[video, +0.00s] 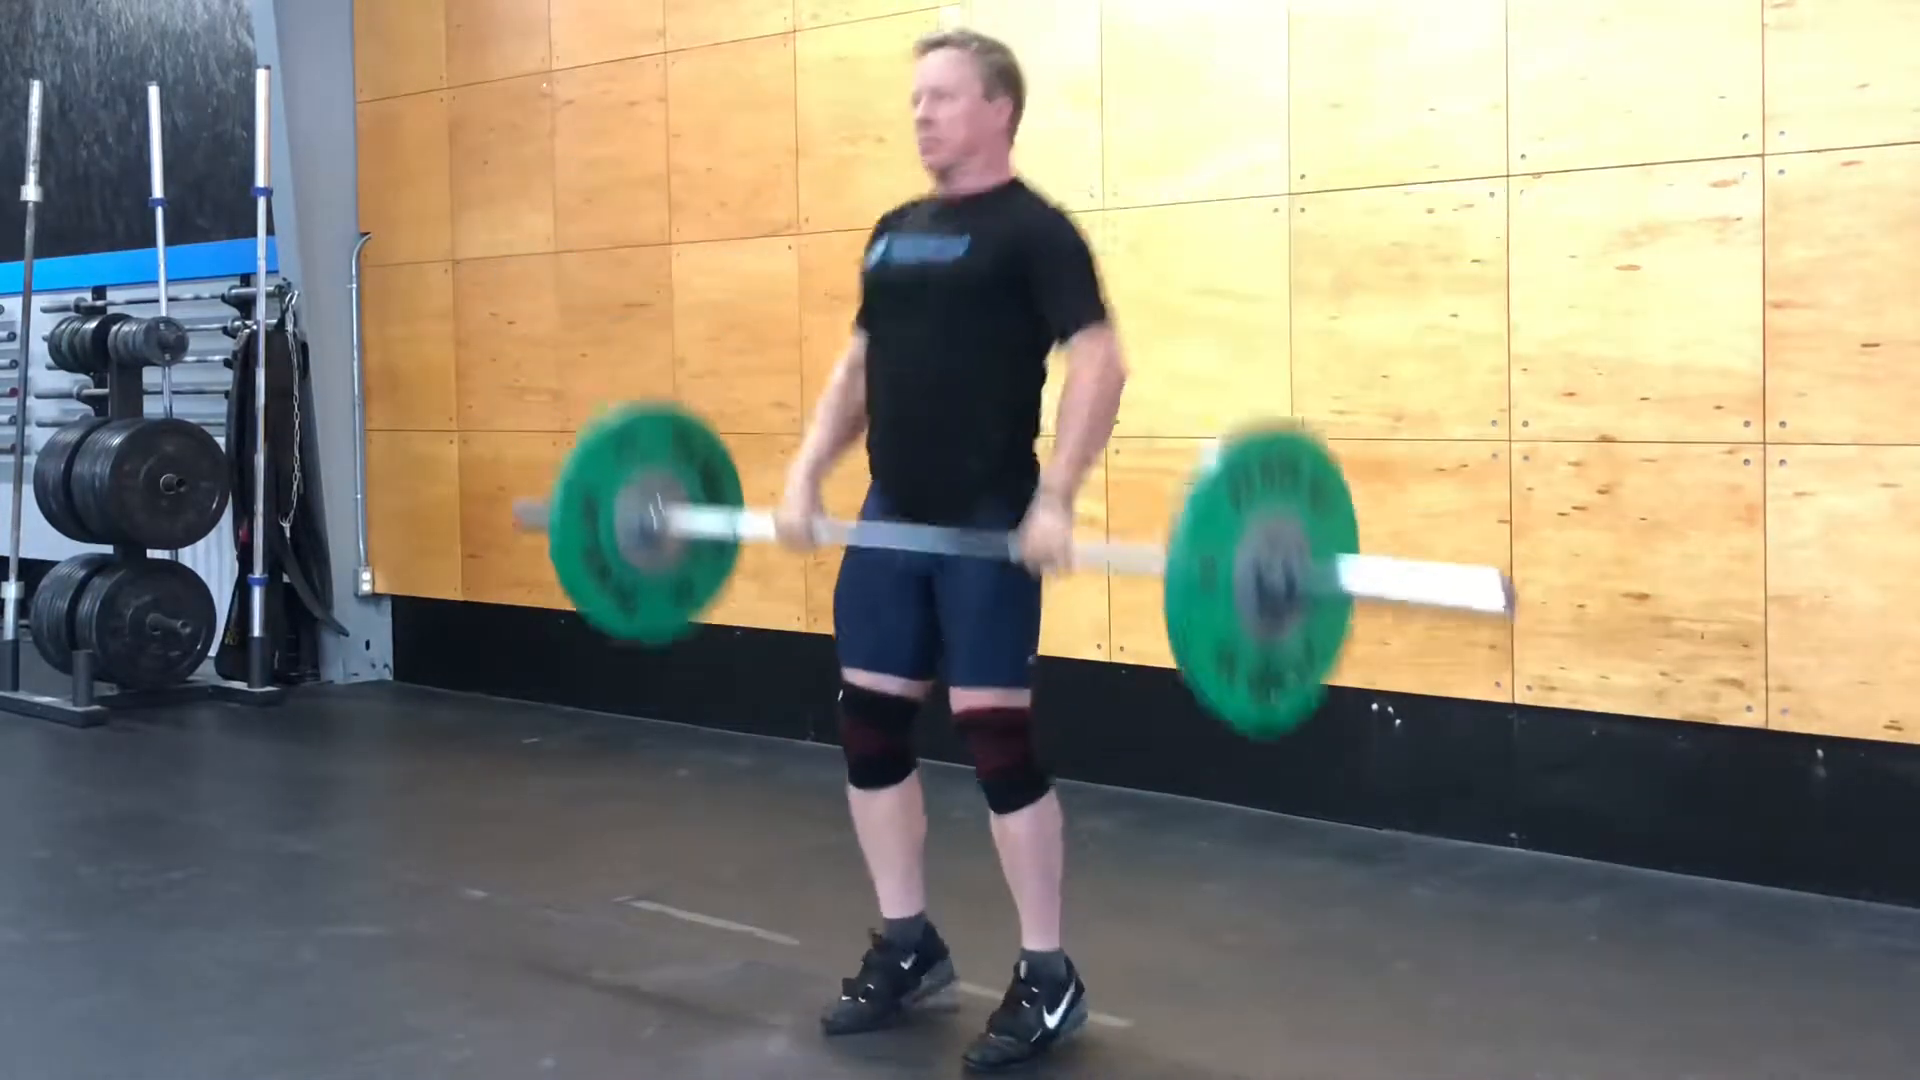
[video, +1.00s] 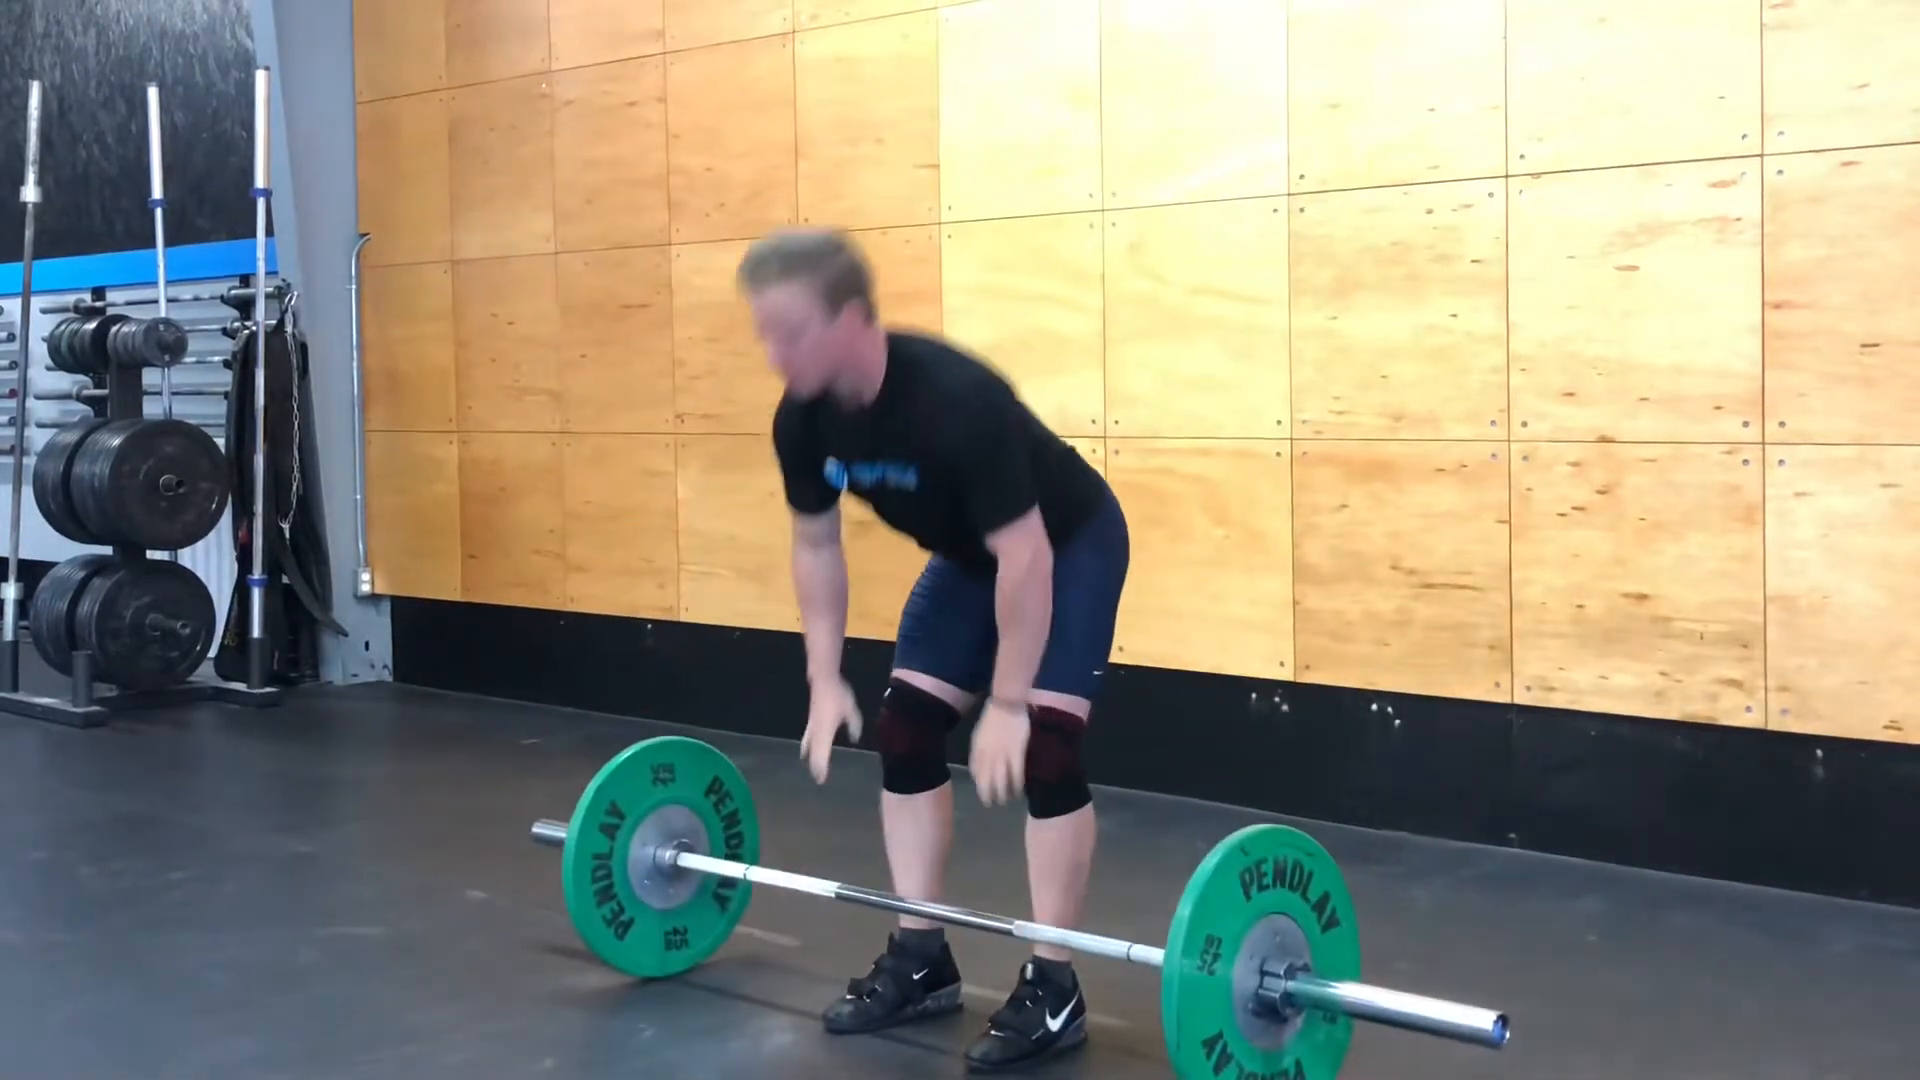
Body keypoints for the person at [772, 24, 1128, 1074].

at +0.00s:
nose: (921, 119)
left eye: (940, 103)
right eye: (916, 104)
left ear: (1001, 111)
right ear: (918, 116)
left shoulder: (1039, 231)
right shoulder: (896, 234)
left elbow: (1100, 364)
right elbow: (864, 363)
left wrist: (1057, 496)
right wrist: (806, 472)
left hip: (990, 533)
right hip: (888, 523)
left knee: (999, 747)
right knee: (870, 732)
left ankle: (1045, 977)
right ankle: (906, 945)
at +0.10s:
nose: (864, 157)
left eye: (883, 139)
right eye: (860, 140)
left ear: (946, 147)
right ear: (863, 153)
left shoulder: (1000, 283)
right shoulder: (853, 287)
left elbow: (1059, 432)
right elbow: (829, 431)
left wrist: (1061, 584)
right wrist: (805, 556)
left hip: (1018, 548)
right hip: (918, 546)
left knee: (1013, 753)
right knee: (866, 738)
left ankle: (1051, 988)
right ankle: (918, 960)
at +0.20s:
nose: (802, 268)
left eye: (817, 244)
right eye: (794, 247)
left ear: (880, 233)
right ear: (796, 248)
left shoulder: (972, 345)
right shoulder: (821, 361)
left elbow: (1034, 498)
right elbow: (814, 498)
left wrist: (1057, 654)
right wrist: (808, 628)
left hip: (1052, 545)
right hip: (958, 550)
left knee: (1043, 741)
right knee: (892, 729)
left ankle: (1054, 986)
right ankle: (921, 955)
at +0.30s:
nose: (786, 396)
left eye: (794, 371)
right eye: (773, 379)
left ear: (848, 343)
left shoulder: (959, 418)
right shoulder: (812, 444)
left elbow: (1029, 582)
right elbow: (814, 571)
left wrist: (1056, 737)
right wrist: (811, 702)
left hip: (1074, 552)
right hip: (971, 565)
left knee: (1052, 742)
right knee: (897, 730)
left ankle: (1054, 984)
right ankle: (920, 954)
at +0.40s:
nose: (776, 512)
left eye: (785, 487)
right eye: (764, 493)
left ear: (840, 448)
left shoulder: (958, 502)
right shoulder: (805, 513)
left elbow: (1026, 664)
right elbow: (809, 647)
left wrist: (1052, 818)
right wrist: (805, 785)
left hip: (1085, 569)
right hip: (980, 581)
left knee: (1057, 758)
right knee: (892, 730)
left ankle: (1054, 986)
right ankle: (920, 956)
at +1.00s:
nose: (775, 355)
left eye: (788, 332)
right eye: (765, 336)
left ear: (852, 317)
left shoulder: (956, 399)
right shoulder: (802, 422)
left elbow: (1025, 557)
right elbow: (816, 545)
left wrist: (1009, 703)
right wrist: (825, 678)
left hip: (1070, 543)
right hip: (969, 555)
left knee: (1044, 749)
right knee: (907, 730)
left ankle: (1052, 982)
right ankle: (920, 953)